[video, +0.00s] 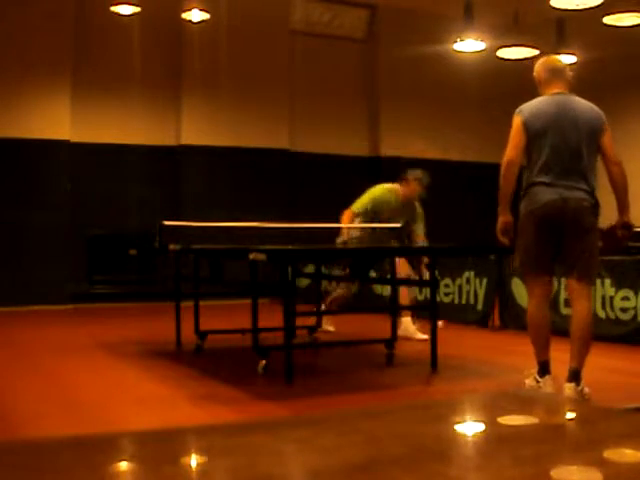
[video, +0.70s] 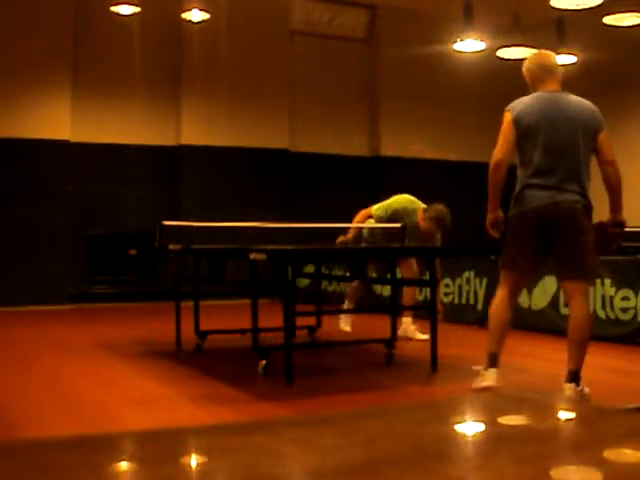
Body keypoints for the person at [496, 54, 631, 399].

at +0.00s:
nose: (535, 84)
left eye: (535, 79)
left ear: (539, 81)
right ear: (568, 78)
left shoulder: (526, 113)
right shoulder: (594, 114)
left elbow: (511, 162)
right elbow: (614, 165)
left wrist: (504, 211)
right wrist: (624, 213)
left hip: (538, 207)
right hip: (581, 207)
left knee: (538, 291)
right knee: (581, 290)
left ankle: (543, 373)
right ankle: (574, 380)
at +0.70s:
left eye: (526, 78)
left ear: (528, 79)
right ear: (559, 76)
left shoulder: (518, 109)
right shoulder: (588, 111)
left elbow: (499, 160)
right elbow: (609, 165)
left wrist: (493, 207)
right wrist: (617, 213)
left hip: (529, 215)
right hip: (573, 215)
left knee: (507, 288)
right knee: (578, 295)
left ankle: (490, 368)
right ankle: (573, 381)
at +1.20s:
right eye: (500, 74)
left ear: (473, 82)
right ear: (503, 76)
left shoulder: (460, 112)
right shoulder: (533, 108)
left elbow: (442, 163)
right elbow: (553, 159)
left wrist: (450, 208)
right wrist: (566, 209)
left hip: (475, 213)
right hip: (521, 213)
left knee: (473, 294)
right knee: (544, 292)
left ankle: (474, 378)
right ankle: (559, 376)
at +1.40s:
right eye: (489, 72)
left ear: (462, 80)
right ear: (491, 75)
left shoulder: (448, 111)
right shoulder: (518, 106)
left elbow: (429, 161)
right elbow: (540, 155)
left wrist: (439, 208)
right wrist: (550, 208)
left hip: (464, 210)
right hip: (507, 208)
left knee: (466, 291)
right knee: (527, 285)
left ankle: (473, 376)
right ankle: (507, 366)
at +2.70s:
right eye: (467, 67)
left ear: (438, 73)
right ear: (469, 69)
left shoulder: (424, 105)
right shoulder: (496, 103)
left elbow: (399, 157)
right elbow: (514, 157)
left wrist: (398, 199)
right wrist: (529, 209)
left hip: (434, 208)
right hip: (479, 208)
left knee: (433, 290)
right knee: (476, 297)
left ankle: (422, 376)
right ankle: (461, 387)